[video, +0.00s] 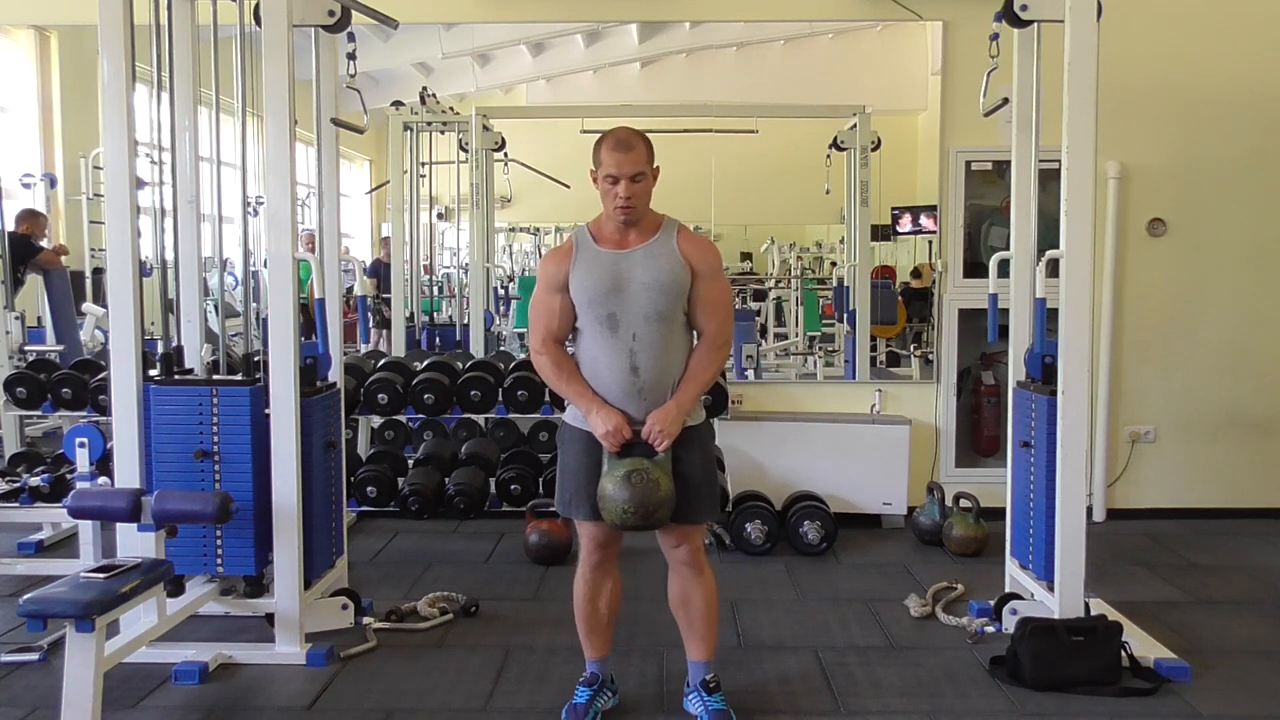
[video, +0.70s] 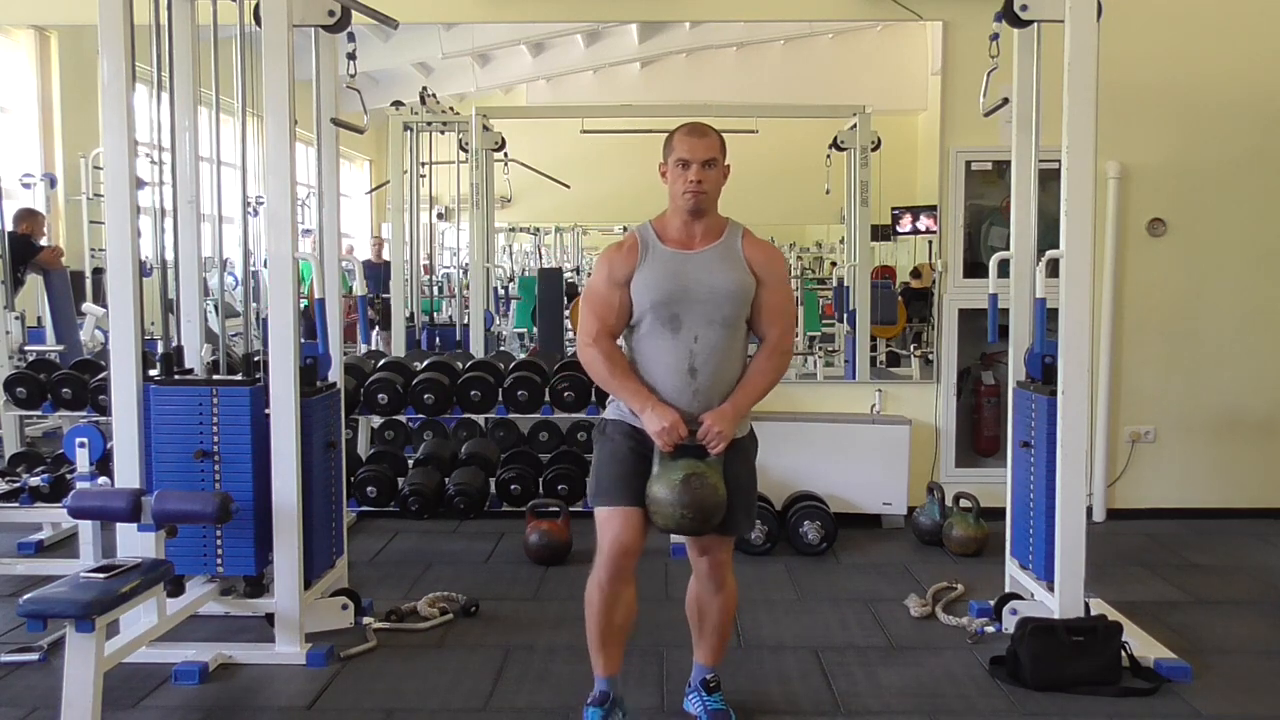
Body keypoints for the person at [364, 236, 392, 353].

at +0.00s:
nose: (388, 248)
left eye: (390, 245)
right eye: (386, 245)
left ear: (393, 246)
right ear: (382, 247)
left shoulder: (396, 264)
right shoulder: (375, 265)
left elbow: (399, 285)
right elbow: (372, 288)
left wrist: (399, 305)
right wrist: (383, 306)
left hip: (393, 302)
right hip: (380, 303)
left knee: (389, 336)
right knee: (376, 336)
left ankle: (388, 360)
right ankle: (371, 360)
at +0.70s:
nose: (377, 248)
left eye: (380, 245)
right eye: (374, 245)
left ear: (383, 247)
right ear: (370, 247)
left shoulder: (390, 265)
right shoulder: (363, 265)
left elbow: (396, 286)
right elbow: (360, 289)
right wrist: (366, 308)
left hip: (386, 303)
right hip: (369, 303)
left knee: (386, 337)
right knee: (366, 337)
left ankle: (387, 364)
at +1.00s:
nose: (360, 248)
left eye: (363, 245)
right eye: (358, 245)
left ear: (369, 246)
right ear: (355, 247)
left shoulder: (377, 265)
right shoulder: (350, 266)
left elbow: (382, 286)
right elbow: (346, 288)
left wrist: (383, 304)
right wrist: (346, 309)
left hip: (372, 300)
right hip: (355, 301)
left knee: (378, 334)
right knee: (355, 336)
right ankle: (355, 361)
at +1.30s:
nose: (350, 248)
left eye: (353, 245)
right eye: (348, 245)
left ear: (358, 246)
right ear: (346, 246)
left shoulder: (367, 264)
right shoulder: (343, 264)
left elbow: (374, 285)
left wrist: (371, 305)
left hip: (363, 302)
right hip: (348, 302)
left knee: (366, 335)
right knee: (352, 335)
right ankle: (355, 360)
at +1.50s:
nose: (343, 248)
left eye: (346, 245)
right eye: (342, 245)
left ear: (353, 246)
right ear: (341, 246)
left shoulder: (360, 263)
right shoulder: (339, 263)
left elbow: (369, 281)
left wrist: (373, 294)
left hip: (356, 302)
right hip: (341, 301)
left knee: (352, 334)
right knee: (342, 334)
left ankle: (353, 362)